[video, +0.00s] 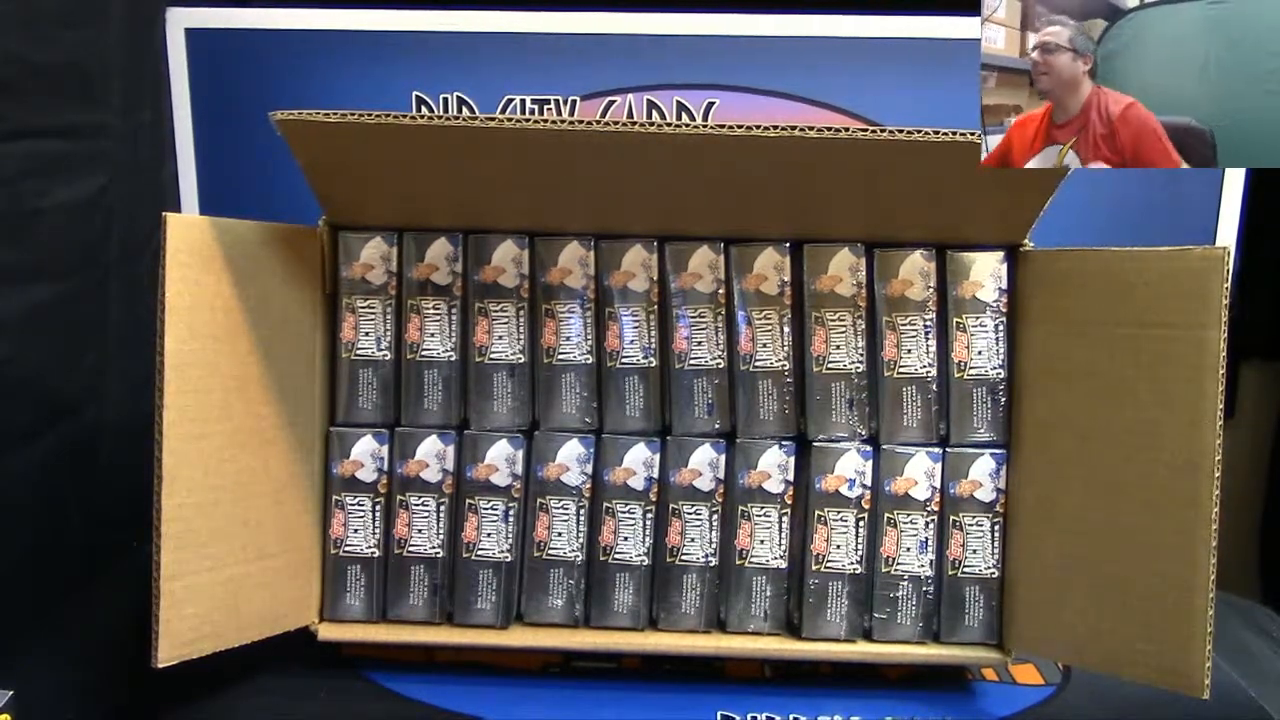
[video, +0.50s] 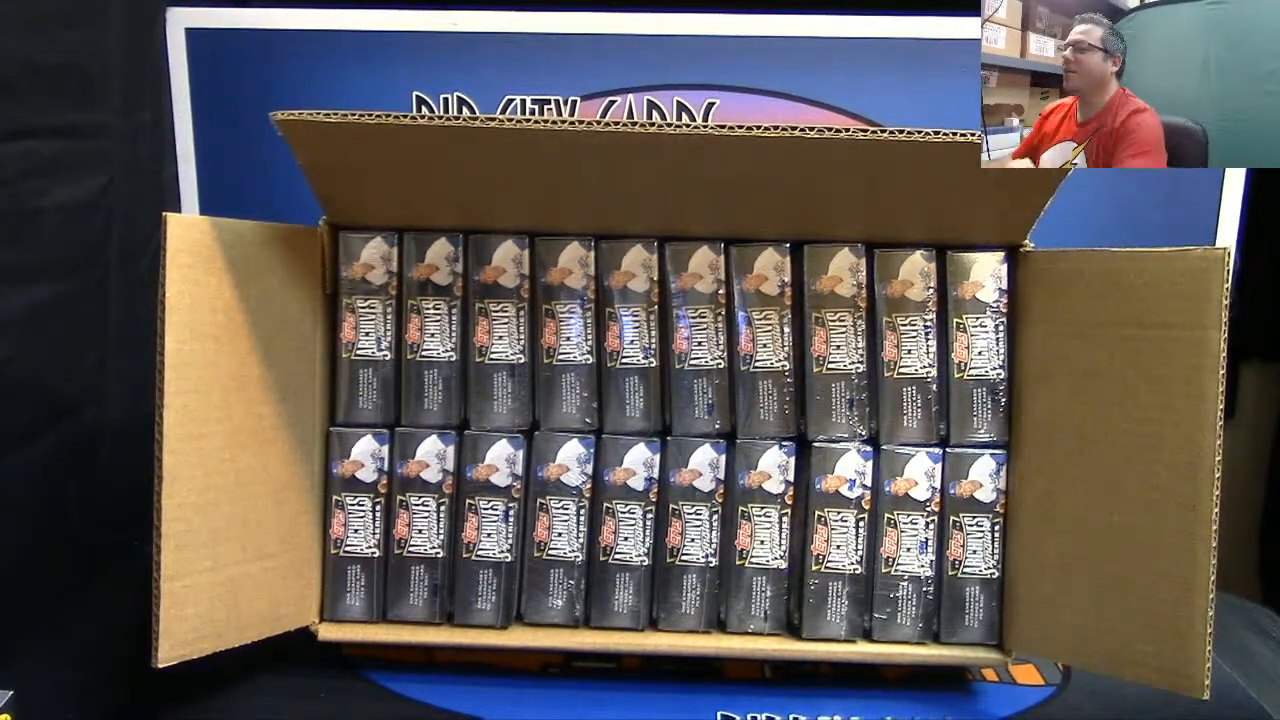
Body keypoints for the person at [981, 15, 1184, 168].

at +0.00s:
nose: (1033, 58)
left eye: (1048, 49)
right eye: (1033, 50)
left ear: (1084, 62)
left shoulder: (1125, 116)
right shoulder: (1024, 128)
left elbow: (1179, 185)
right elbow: (979, 181)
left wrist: (1111, 180)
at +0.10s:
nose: (1038, 56)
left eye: (1052, 48)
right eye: (1036, 49)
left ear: (1088, 60)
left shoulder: (1126, 116)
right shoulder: (1026, 125)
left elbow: (1176, 187)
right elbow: (984, 180)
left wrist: (1102, 174)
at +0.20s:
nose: (1042, 54)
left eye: (1056, 46)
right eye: (1040, 48)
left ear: (1092, 60)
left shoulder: (1128, 117)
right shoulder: (1031, 121)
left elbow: (1172, 191)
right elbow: (991, 181)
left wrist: (1083, 171)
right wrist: (1032, 169)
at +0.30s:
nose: (1053, 54)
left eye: (1067, 46)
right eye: (1052, 47)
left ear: (1103, 60)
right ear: (1049, 52)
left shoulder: (1134, 119)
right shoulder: (1041, 116)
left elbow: (1158, 199)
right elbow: (1007, 175)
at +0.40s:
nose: (1053, 54)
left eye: (1067, 46)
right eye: (1052, 47)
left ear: (1103, 60)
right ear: (1049, 52)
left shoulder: (1134, 119)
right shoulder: (1041, 116)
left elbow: (1158, 199)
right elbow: (1007, 175)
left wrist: (1055, 180)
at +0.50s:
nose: (1066, 55)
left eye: (1081, 48)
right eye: (1065, 48)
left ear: (1114, 62)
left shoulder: (1139, 121)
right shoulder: (1054, 112)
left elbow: (1133, 198)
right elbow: (1014, 162)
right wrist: (1022, 167)